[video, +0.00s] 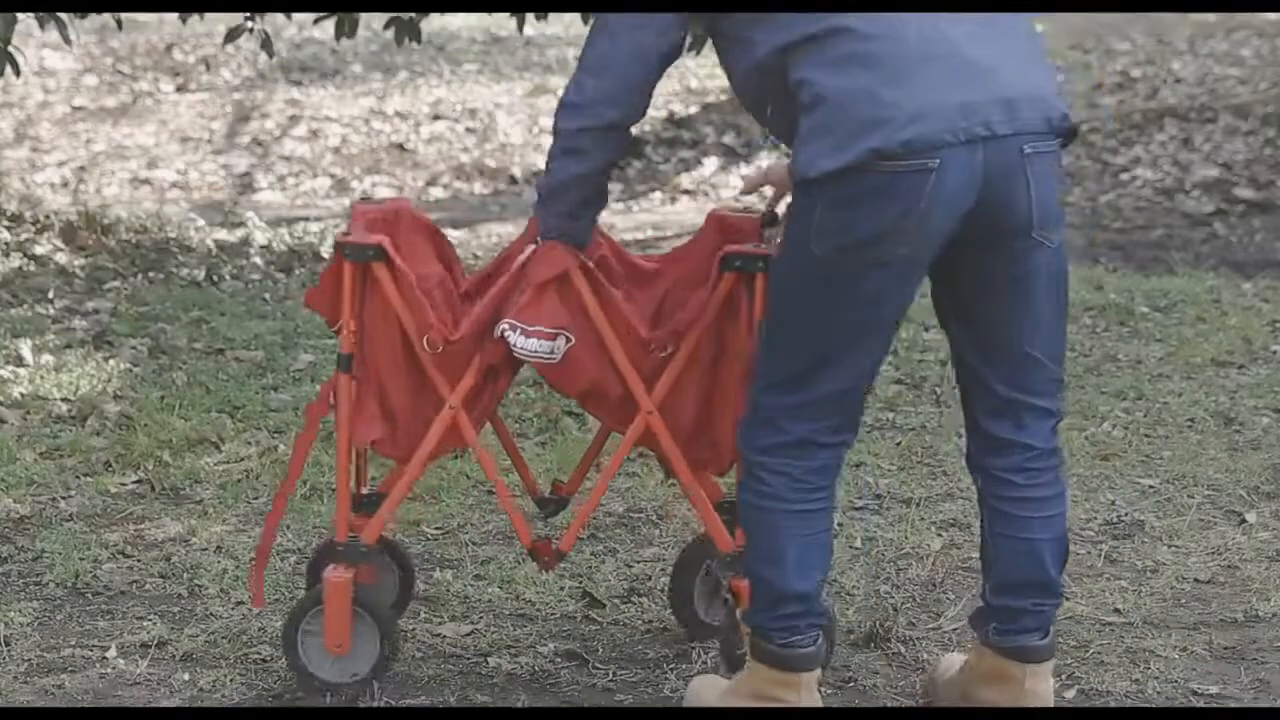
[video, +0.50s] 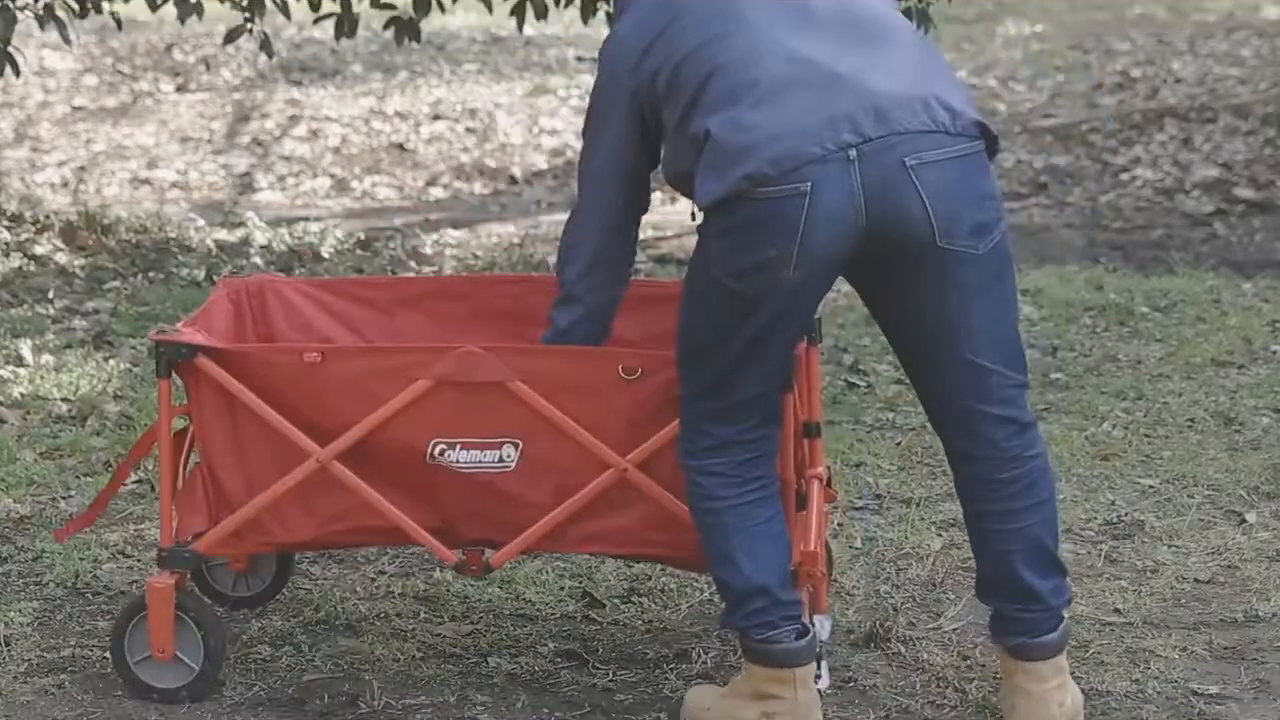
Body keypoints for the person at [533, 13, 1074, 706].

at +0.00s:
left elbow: (598, 101)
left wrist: (560, 232)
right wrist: (808, 160)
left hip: (883, 154)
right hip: (1025, 143)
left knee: (797, 434)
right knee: (1021, 432)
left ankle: (783, 672)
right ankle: (1018, 664)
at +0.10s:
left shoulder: (656, 8)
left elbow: (596, 105)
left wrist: (557, 247)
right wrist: (790, 229)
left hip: (845, 159)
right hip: (995, 146)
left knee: (772, 438)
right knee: (1011, 434)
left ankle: (780, 674)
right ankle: (1025, 669)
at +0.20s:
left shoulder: (639, 9)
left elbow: (586, 154)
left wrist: (540, 300)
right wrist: (766, 284)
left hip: (813, 174)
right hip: (967, 154)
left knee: (751, 432)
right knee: (1004, 425)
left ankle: (778, 673)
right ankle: (1036, 668)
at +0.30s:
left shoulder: (640, 18)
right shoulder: (867, 11)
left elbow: (593, 213)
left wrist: (545, 366)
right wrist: (790, 302)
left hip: (792, 185)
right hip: (953, 162)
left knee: (734, 435)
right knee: (997, 425)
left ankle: (779, 675)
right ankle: (1038, 668)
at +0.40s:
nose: (609, 35)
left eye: (612, 25)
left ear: (639, 11)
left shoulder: (639, 35)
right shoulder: (844, 8)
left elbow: (608, 229)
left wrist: (573, 371)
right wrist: (790, 297)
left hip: (783, 192)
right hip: (940, 162)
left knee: (730, 437)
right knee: (993, 424)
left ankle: (777, 672)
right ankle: (1039, 667)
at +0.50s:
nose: (607, 31)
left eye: (609, 23)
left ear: (634, 11)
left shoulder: (638, 29)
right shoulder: (848, 9)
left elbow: (599, 230)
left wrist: (559, 378)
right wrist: (787, 312)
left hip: (780, 189)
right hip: (939, 159)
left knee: (729, 436)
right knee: (995, 426)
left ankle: (778, 674)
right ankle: (1040, 672)